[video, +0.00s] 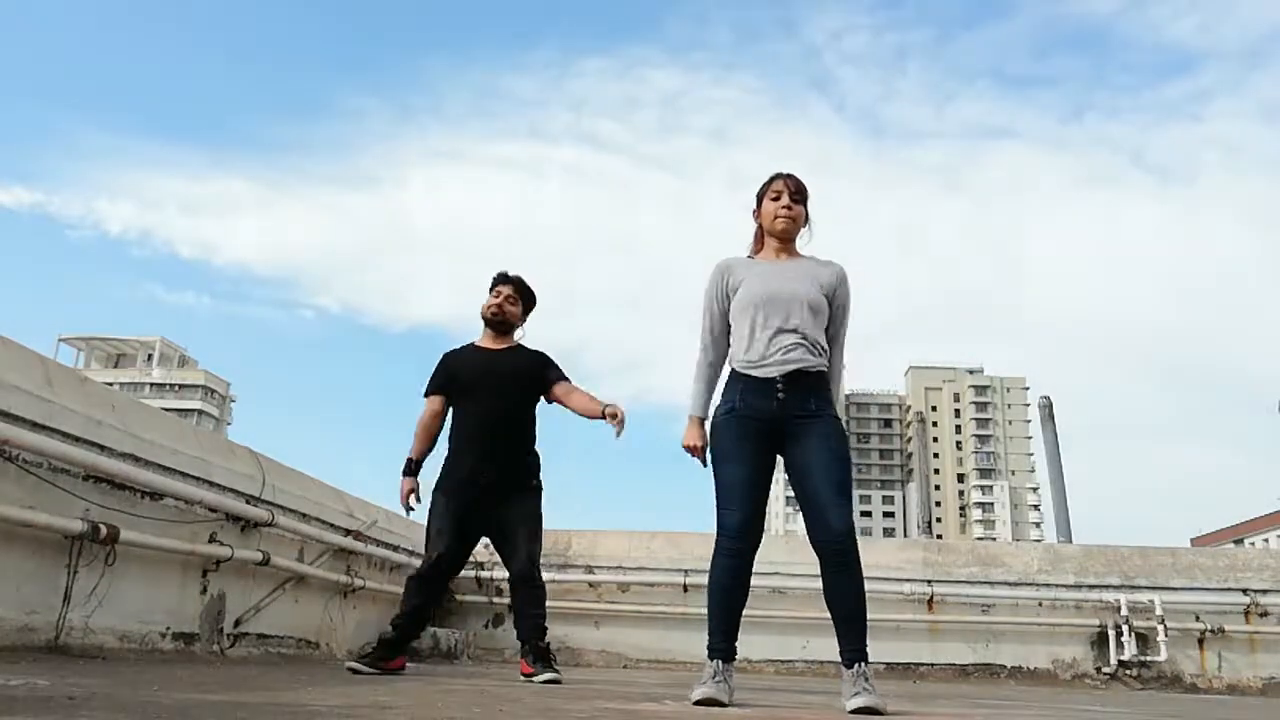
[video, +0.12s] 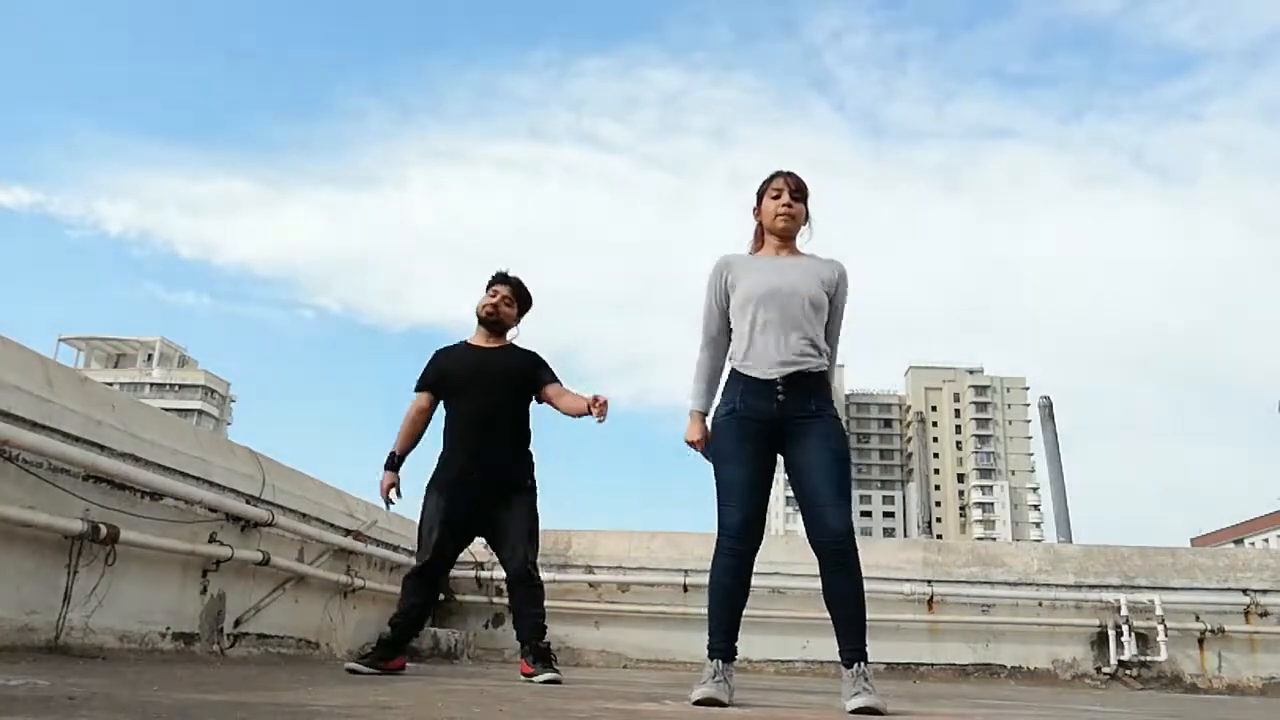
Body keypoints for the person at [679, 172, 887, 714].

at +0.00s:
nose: (786, 204)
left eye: (795, 198)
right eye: (776, 197)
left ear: (806, 216)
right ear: (757, 213)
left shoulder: (830, 274)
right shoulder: (730, 271)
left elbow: (834, 357)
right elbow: (712, 349)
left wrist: (831, 419)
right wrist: (696, 417)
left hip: (812, 407)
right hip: (742, 407)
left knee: (837, 536)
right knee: (736, 535)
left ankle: (857, 672)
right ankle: (718, 668)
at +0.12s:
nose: (786, 202)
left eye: (795, 196)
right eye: (776, 195)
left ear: (807, 214)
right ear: (758, 210)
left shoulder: (830, 272)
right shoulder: (730, 268)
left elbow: (828, 352)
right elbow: (713, 345)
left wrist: (821, 410)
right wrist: (699, 413)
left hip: (811, 408)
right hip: (742, 407)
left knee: (835, 535)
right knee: (736, 537)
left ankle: (856, 672)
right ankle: (718, 668)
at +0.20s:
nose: (787, 201)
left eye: (797, 196)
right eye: (777, 194)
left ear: (807, 214)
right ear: (757, 210)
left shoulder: (830, 272)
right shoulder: (730, 268)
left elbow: (829, 355)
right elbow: (710, 345)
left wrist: (824, 415)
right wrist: (691, 410)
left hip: (811, 409)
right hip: (741, 407)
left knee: (834, 535)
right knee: (737, 535)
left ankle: (856, 672)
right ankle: (718, 667)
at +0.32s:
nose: (788, 203)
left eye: (797, 198)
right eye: (777, 197)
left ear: (807, 217)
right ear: (757, 213)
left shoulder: (830, 275)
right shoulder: (731, 269)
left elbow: (840, 359)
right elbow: (706, 344)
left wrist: (853, 428)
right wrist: (680, 408)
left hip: (813, 412)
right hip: (742, 408)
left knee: (834, 536)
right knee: (737, 533)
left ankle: (855, 673)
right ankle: (717, 668)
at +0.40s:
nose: (789, 204)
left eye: (798, 198)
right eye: (778, 196)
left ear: (807, 217)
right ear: (758, 212)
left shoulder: (829, 277)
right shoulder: (732, 270)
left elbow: (851, 353)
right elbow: (706, 342)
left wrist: (888, 413)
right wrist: (674, 398)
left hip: (810, 415)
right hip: (741, 411)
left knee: (832, 536)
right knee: (736, 534)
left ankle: (855, 673)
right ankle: (718, 667)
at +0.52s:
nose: (790, 202)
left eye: (799, 198)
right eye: (779, 195)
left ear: (808, 218)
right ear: (759, 213)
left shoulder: (828, 276)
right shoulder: (733, 269)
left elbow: (861, 343)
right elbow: (709, 335)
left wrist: (904, 383)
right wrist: (682, 379)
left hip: (807, 413)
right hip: (741, 411)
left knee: (832, 536)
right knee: (736, 534)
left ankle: (855, 673)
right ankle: (718, 668)